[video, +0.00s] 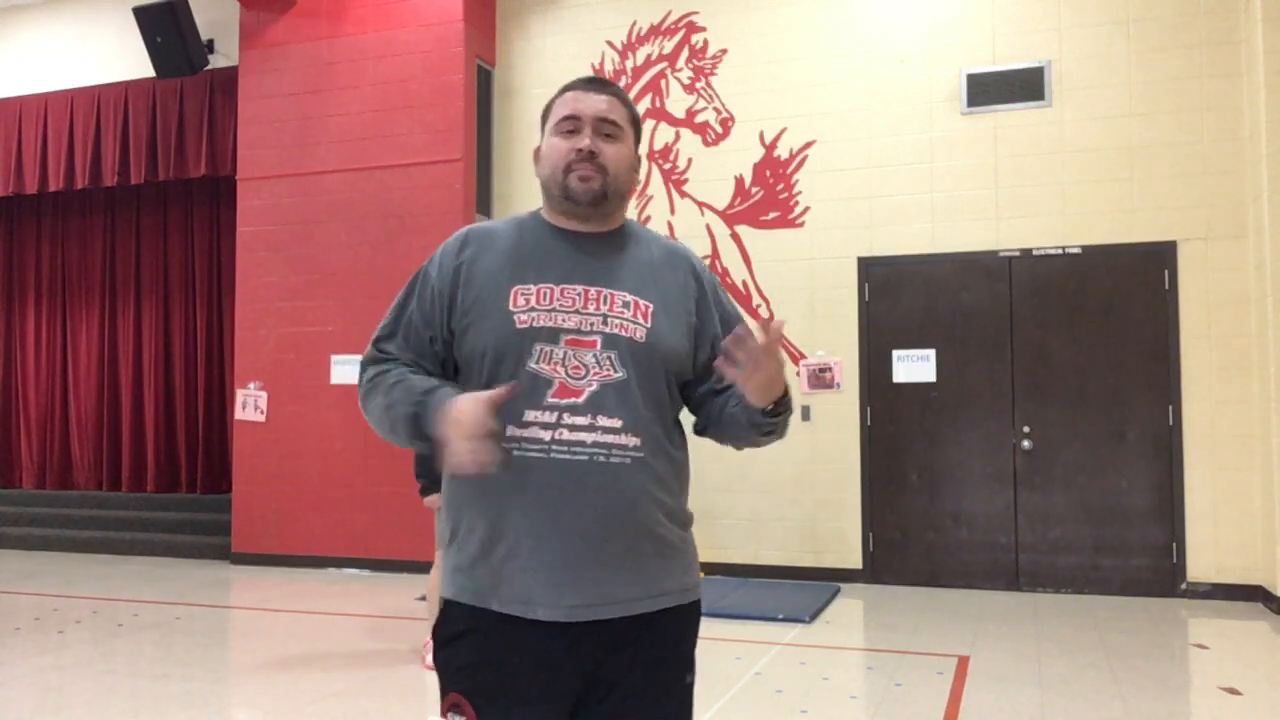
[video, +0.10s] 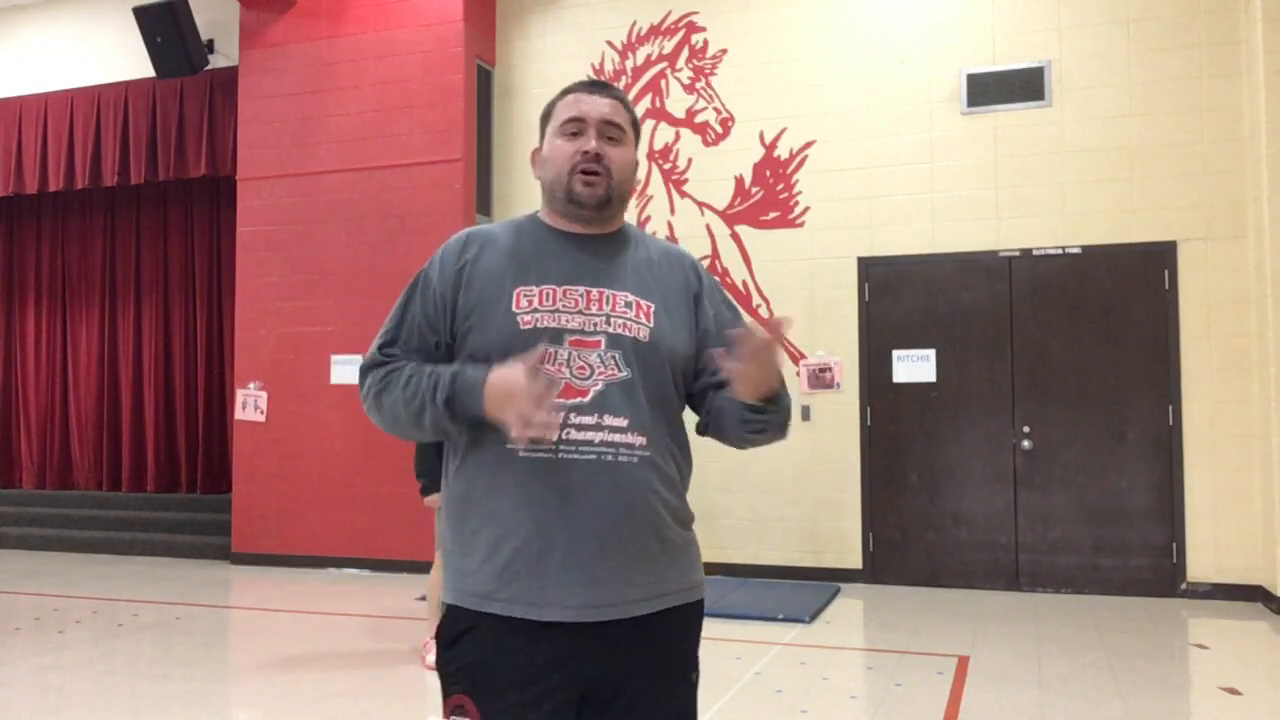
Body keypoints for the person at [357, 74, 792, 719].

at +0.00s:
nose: (585, 142)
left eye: (608, 130)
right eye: (567, 128)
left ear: (638, 166)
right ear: (537, 156)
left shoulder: (682, 274)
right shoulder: (469, 256)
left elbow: (720, 410)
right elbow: (383, 373)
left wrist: (766, 400)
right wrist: (438, 415)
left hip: (646, 606)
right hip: (495, 604)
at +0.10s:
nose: (592, 145)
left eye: (612, 134)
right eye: (572, 130)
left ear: (637, 168)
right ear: (537, 158)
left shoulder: (682, 277)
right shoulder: (469, 258)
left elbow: (736, 420)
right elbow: (383, 380)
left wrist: (762, 394)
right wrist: (480, 392)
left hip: (650, 608)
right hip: (499, 607)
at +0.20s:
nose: (595, 142)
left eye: (614, 133)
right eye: (574, 128)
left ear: (633, 165)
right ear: (533, 155)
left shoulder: (678, 272)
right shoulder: (466, 255)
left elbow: (754, 405)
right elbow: (378, 379)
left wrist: (707, 384)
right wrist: (474, 353)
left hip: (651, 602)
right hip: (501, 602)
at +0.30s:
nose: (593, 143)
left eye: (610, 133)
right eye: (572, 128)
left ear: (627, 164)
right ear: (527, 153)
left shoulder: (670, 268)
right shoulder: (460, 254)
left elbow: (739, 403)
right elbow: (367, 380)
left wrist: (676, 365)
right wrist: (450, 343)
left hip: (650, 598)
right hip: (504, 599)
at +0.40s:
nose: (584, 147)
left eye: (601, 137)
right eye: (563, 131)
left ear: (616, 166)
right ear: (518, 154)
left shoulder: (654, 269)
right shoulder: (451, 257)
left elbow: (728, 408)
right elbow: (354, 385)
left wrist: (701, 346)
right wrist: (448, 345)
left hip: (646, 595)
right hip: (503, 596)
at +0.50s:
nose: (566, 149)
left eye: (584, 141)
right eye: (546, 132)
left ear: (601, 172)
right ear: (505, 154)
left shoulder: (643, 274)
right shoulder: (437, 261)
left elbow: (692, 387)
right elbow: (347, 392)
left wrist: (747, 388)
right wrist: (450, 363)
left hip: (638, 595)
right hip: (493, 596)